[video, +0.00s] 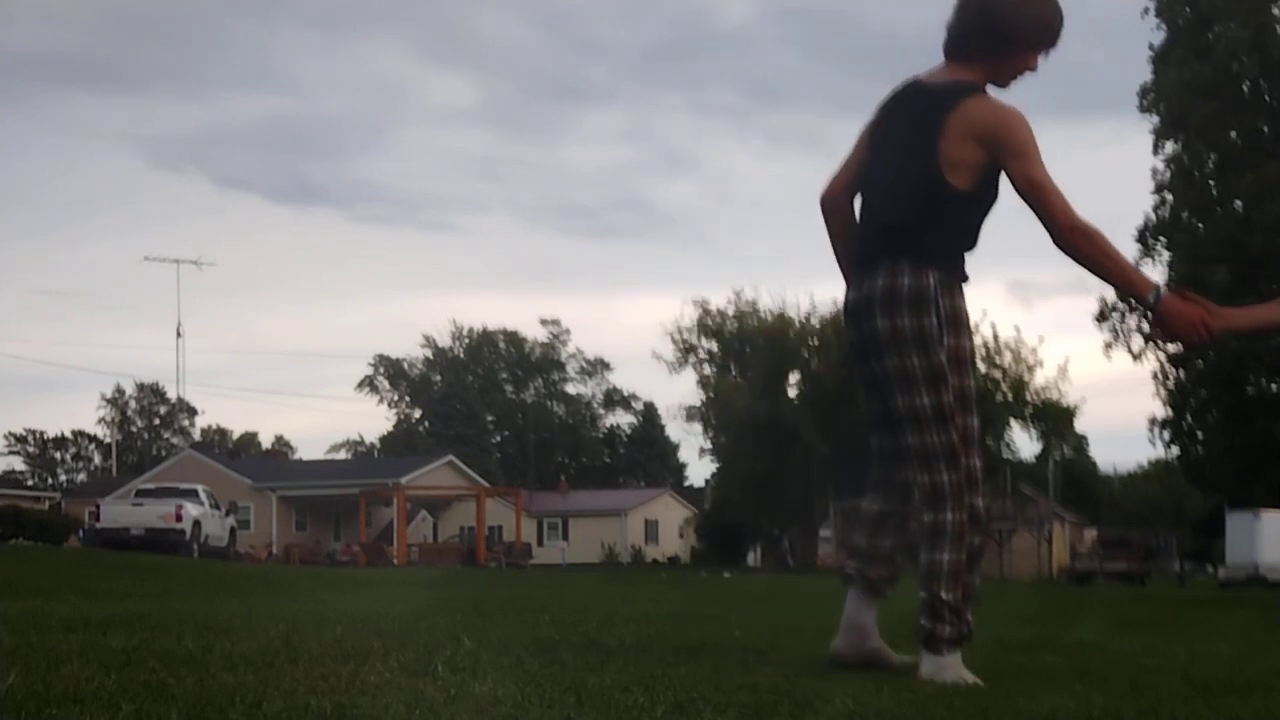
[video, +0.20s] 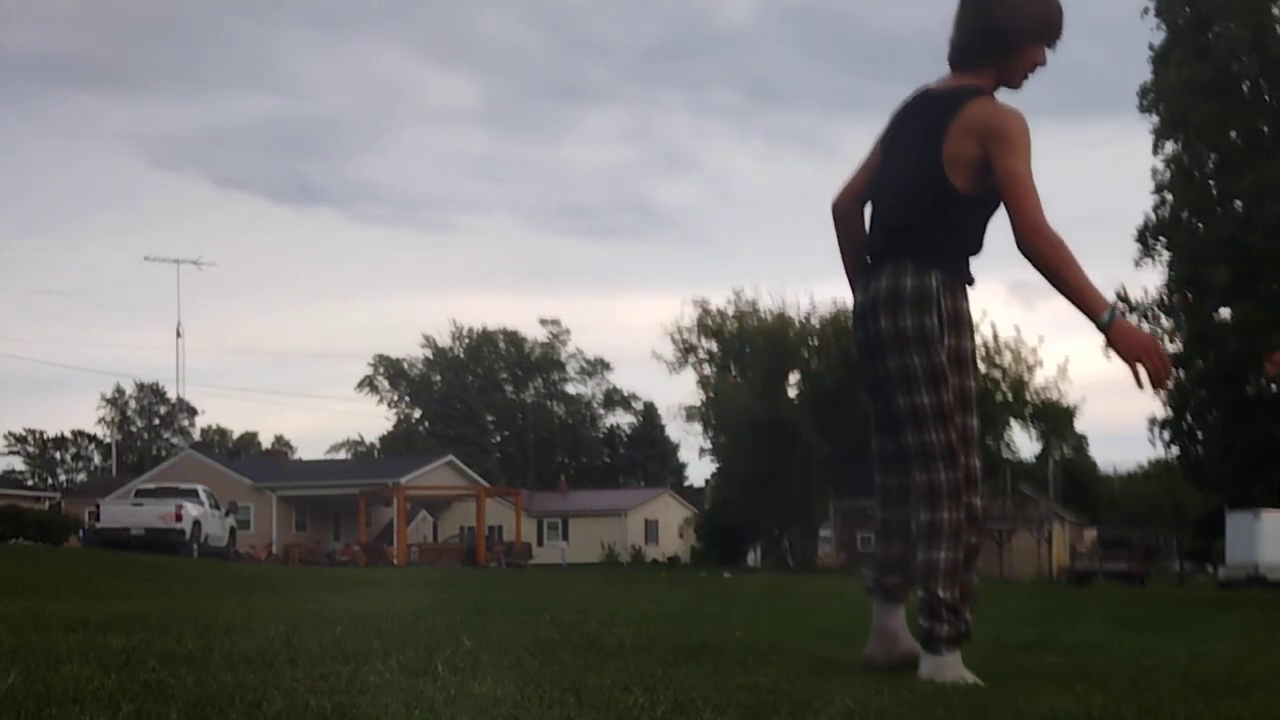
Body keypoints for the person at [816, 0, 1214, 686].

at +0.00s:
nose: (1036, 63)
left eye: (1041, 51)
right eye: (1037, 49)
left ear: (966, 33)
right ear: (1013, 45)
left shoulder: (902, 100)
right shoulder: (995, 118)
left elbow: (835, 199)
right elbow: (1066, 228)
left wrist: (864, 281)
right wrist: (1155, 297)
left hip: (870, 289)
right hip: (921, 290)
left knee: (897, 458)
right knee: (953, 468)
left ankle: (856, 624)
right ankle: (942, 656)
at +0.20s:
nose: (1042, 60)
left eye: (1047, 48)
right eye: (1040, 45)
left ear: (972, 35)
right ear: (1009, 41)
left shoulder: (915, 107)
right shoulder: (998, 118)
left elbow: (846, 206)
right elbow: (1034, 237)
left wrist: (867, 296)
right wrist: (1113, 321)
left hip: (880, 289)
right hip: (928, 291)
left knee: (901, 462)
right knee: (953, 469)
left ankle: (886, 625)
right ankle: (943, 655)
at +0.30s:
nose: (1036, 57)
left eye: (1039, 45)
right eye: (1032, 42)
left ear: (969, 42)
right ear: (1000, 41)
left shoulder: (918, 116)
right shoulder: (985, 118)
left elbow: (852, 219)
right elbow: (988, 228)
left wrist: (876, 307)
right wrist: (1033, 335)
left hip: (883, 297)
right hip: (928, 295)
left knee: (905, 469)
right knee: (953, 474)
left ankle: (883, 630)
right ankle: (942, 655)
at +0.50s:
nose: (1010, 65)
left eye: (1010, 54)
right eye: (1003, 52)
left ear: (954, 57)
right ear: (969, 55)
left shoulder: (934, 124)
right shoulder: (942, 123)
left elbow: (892, 217)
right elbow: (894, 206)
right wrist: (866, 303)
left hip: (905, 307)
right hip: (915, 309)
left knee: (912, 471)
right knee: (943, 468)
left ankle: (885, 634)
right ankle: (937, 649)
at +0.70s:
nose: (990, 71)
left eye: (992, 60)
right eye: (983, 57)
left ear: (947, 61)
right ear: (949, 57)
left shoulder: (931, 133)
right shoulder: (912, 119)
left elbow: (900, 249)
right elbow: (849, 204)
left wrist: (935, 332)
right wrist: (818, 305)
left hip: (901, 308)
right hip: (886, 305)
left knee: (905, 468)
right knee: (910, 468)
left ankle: (887, 631)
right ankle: (900, 637)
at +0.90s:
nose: (979, 76)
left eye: (981, 65)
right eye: (973, 63)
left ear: (941, 65)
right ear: (941, 60)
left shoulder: (922, 138)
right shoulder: (897, 123)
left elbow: (897, 252)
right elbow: (843, 218)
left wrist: (934, 328)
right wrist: (840, 322)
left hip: (907, 314)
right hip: (884, 310)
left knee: (898, 477)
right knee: (887, 475)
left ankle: (873, 634)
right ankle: (860, 639)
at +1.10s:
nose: (982, 72)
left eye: (983, 62)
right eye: (975, 59)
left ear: (947, 64)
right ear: (941, 57)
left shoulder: (922, 139)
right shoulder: (893, 118)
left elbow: (900, 249)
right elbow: (836, 209)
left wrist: (933, 329)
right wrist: (850, 304)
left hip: (910, 316)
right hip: (883, 312)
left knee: (899, 479)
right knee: (884, 476)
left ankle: (877, 634)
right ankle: (858, 641)